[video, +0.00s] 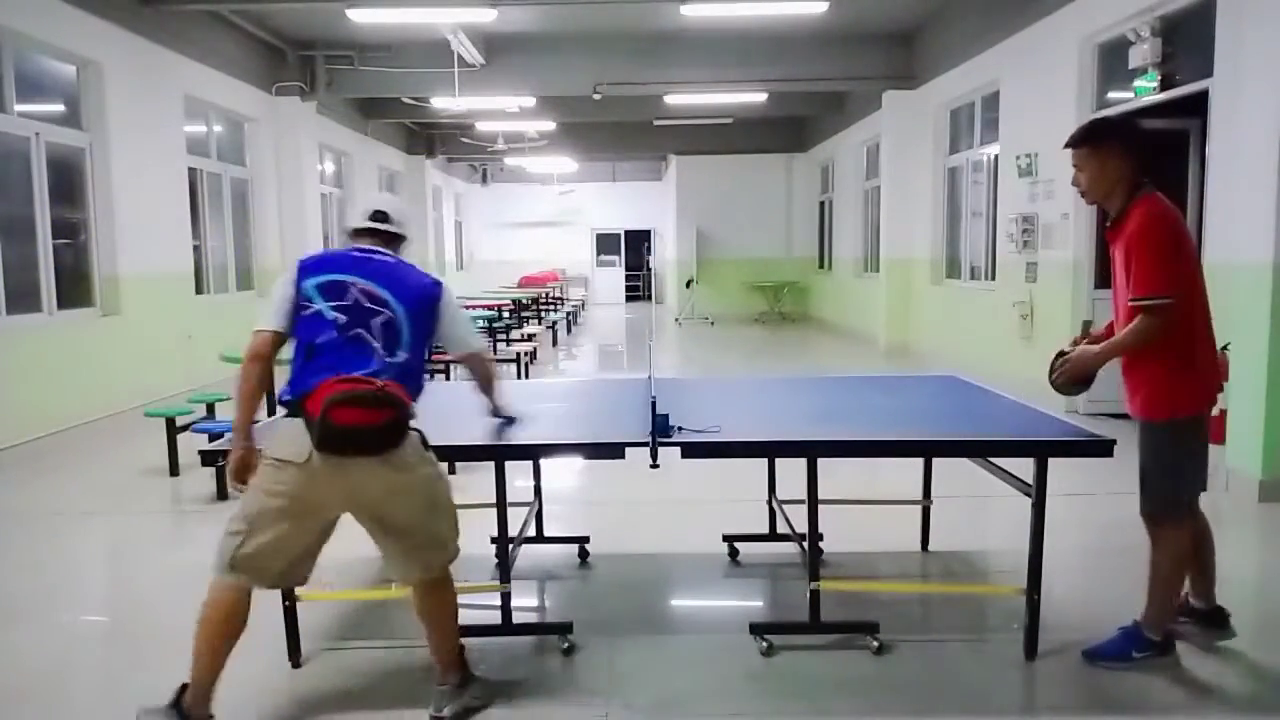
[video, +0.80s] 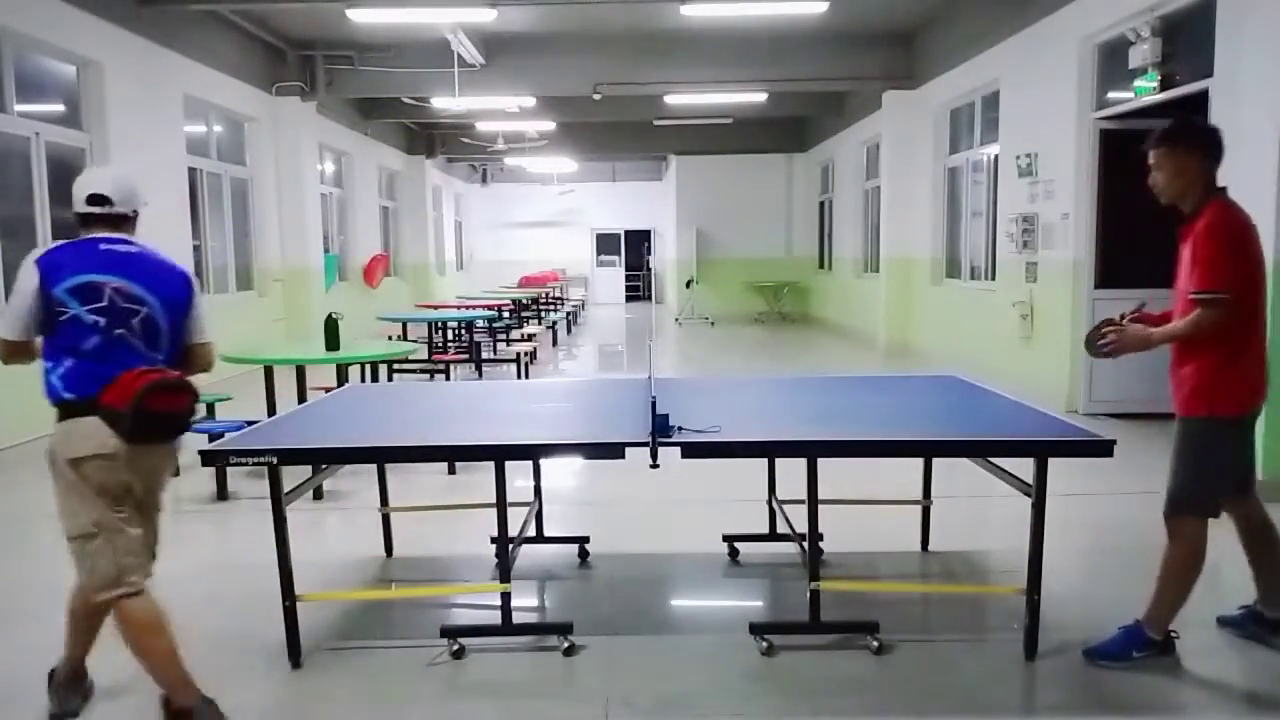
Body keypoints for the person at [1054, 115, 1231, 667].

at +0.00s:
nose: (1075, 181)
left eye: (1082, 167)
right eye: (1074, 169)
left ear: (1116, 163)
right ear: (1110, 168)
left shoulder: (1150, 222)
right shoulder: (1132, 222)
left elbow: (1158, 317)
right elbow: (1141, 308)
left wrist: (1098, 355)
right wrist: (1102, 336)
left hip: (1174, 393)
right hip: (1163, 390)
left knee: (1165, 511)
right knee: (1181, 504)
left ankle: (1155, 630)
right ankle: (1202, 605)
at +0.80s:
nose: (1149, 179)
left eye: (1157, 167)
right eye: (1149, 168)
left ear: (1192, 165)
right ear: (1190, 169)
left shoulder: (1217, 226)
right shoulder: (1205, 224)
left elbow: (1213, 314)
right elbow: (1196, 305)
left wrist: (1148, 337)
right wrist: (1148, 321)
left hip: (1213, 398)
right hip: (1225, 395)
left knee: (1186, 515)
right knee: (1241, 499)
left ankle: (1154, 630)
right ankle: (1271, 608)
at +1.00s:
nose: (1191, 189)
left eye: (1196, 176)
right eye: (1188, 178)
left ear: (1228, 168)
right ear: (1229, 171)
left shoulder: (1254, 222)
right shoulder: (1241, 220)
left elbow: (1241, 307)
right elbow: (1236, 302)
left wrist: (1178, 318)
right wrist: (1189, 307)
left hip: (1238, 401)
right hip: (1250, 398)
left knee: (1199, 511)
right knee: (1265, 506)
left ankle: (1165, 622)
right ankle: (1273, 610)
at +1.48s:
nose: (1229, 182)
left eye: (1234, 170)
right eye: (1227, 172)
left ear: (1265, 165)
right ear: (1263, 169)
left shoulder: (1272, 220)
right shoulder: (1269, 219)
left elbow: (1258, 301)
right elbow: (1258, 298)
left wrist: (1204, 318)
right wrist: (1211, 311)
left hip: (1255, 394)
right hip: (1263, 392)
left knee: (1216, 504)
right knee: (1274, 501)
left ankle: (1194, 618)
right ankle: (1275, 609)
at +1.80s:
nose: (1233, 180)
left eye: (1239, 168)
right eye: (1231, 170)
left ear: (1269, 164)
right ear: (1268, 167)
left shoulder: (1270, 219)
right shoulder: (1274, 218)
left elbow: (1254, 301)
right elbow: (1261, 301)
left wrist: (1207, 328)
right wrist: (1222, 334)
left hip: (1255, 390)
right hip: (1270, 389)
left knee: (1217, 498)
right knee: (1274, 495)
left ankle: (1213, 619)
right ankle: (1276, 607)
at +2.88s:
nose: (1167, 179)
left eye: (1175, 167)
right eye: (1167, 168)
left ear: (1211, 164)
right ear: (1197, 168)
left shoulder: (1245, 223)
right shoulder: (1209, 222)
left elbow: (1264, 316)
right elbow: (1211, 296)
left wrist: (1224, 385)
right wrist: (1173, 285)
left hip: (1232, 391)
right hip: (1211, 387)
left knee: (1199, 501)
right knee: (1218, 502)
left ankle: (1222, 615)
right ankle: (1265, 596)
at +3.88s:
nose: (1136, 203)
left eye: (1140, 190)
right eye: (1133, 193)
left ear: (1170, 179)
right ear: (1170, 182)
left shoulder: (1208, 225)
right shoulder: (1191, 231)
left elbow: (1228, 299)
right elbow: (1213, 302)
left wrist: (1201, 374)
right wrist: (1186, 343)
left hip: (1240, 384)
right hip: (1212, 383)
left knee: (1222, 496)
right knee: (1186, 477)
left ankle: (1277, 607)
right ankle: (1192, 574)